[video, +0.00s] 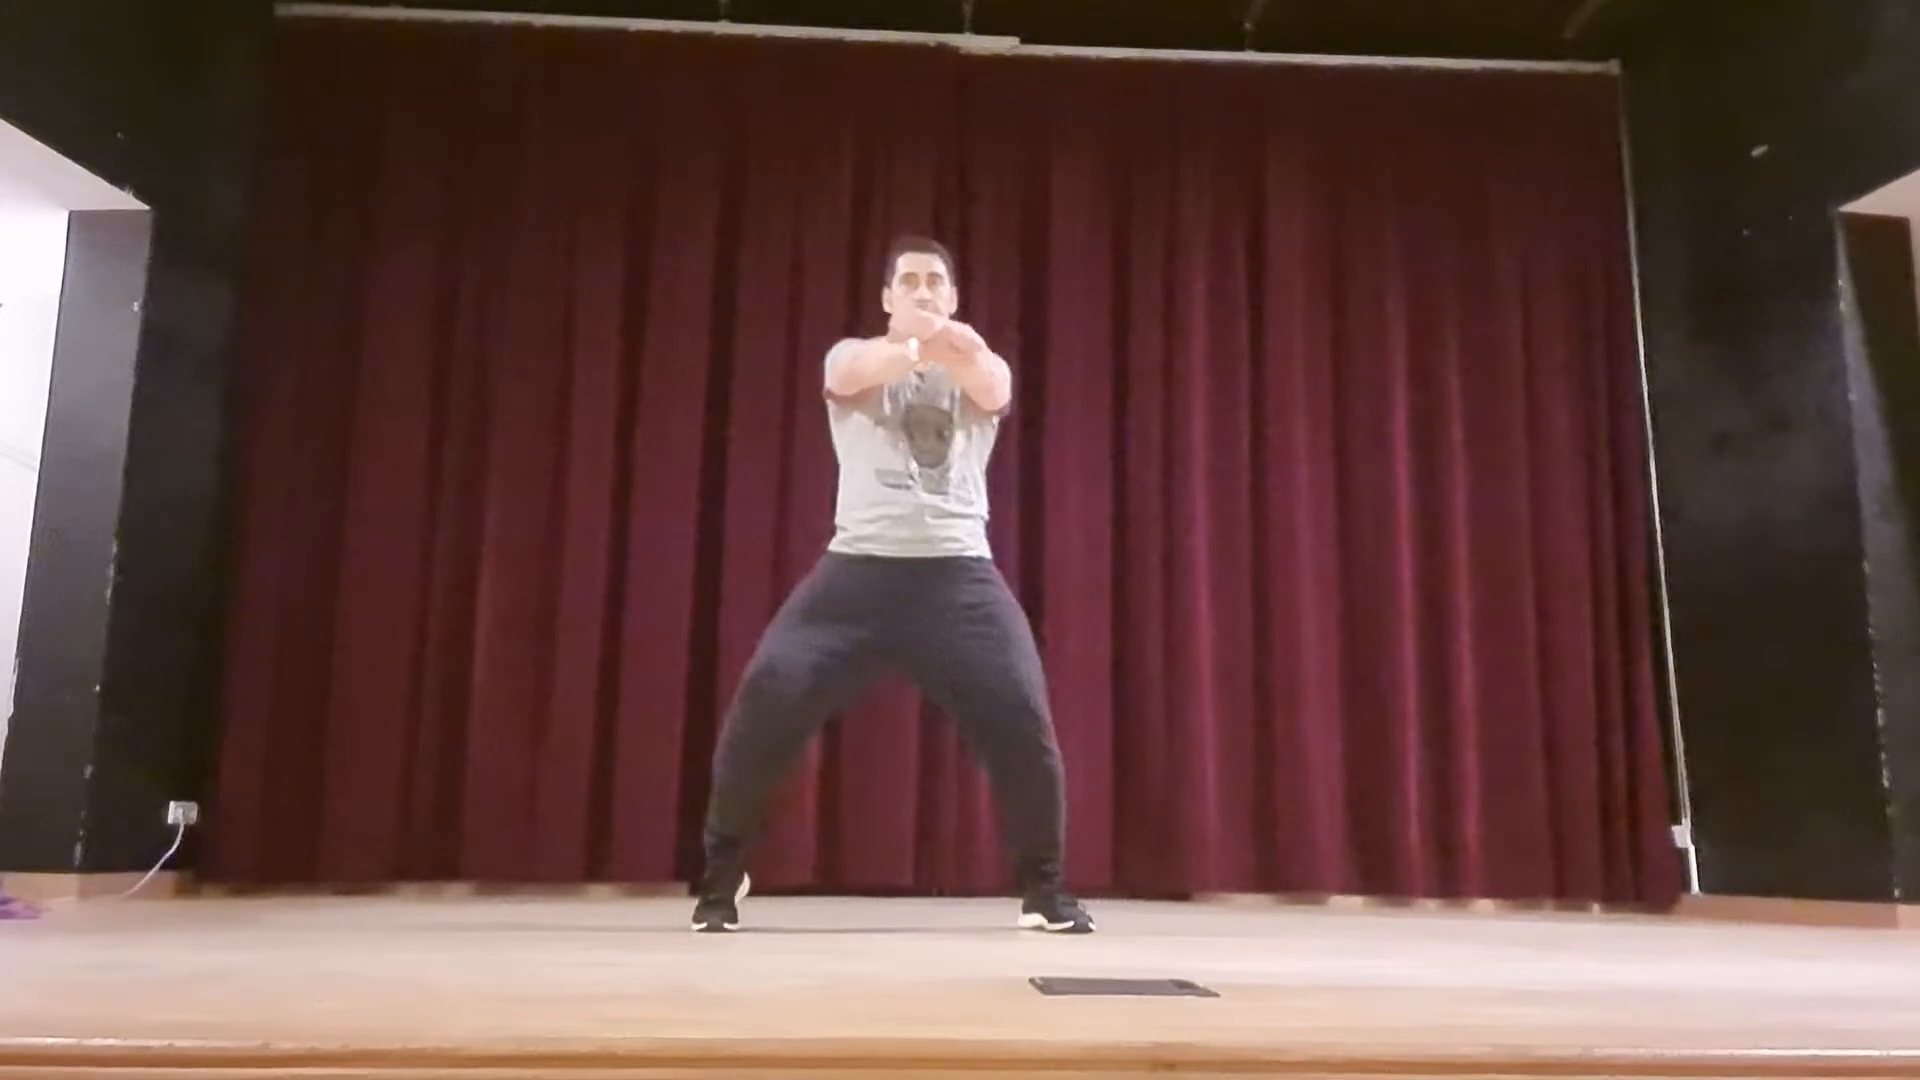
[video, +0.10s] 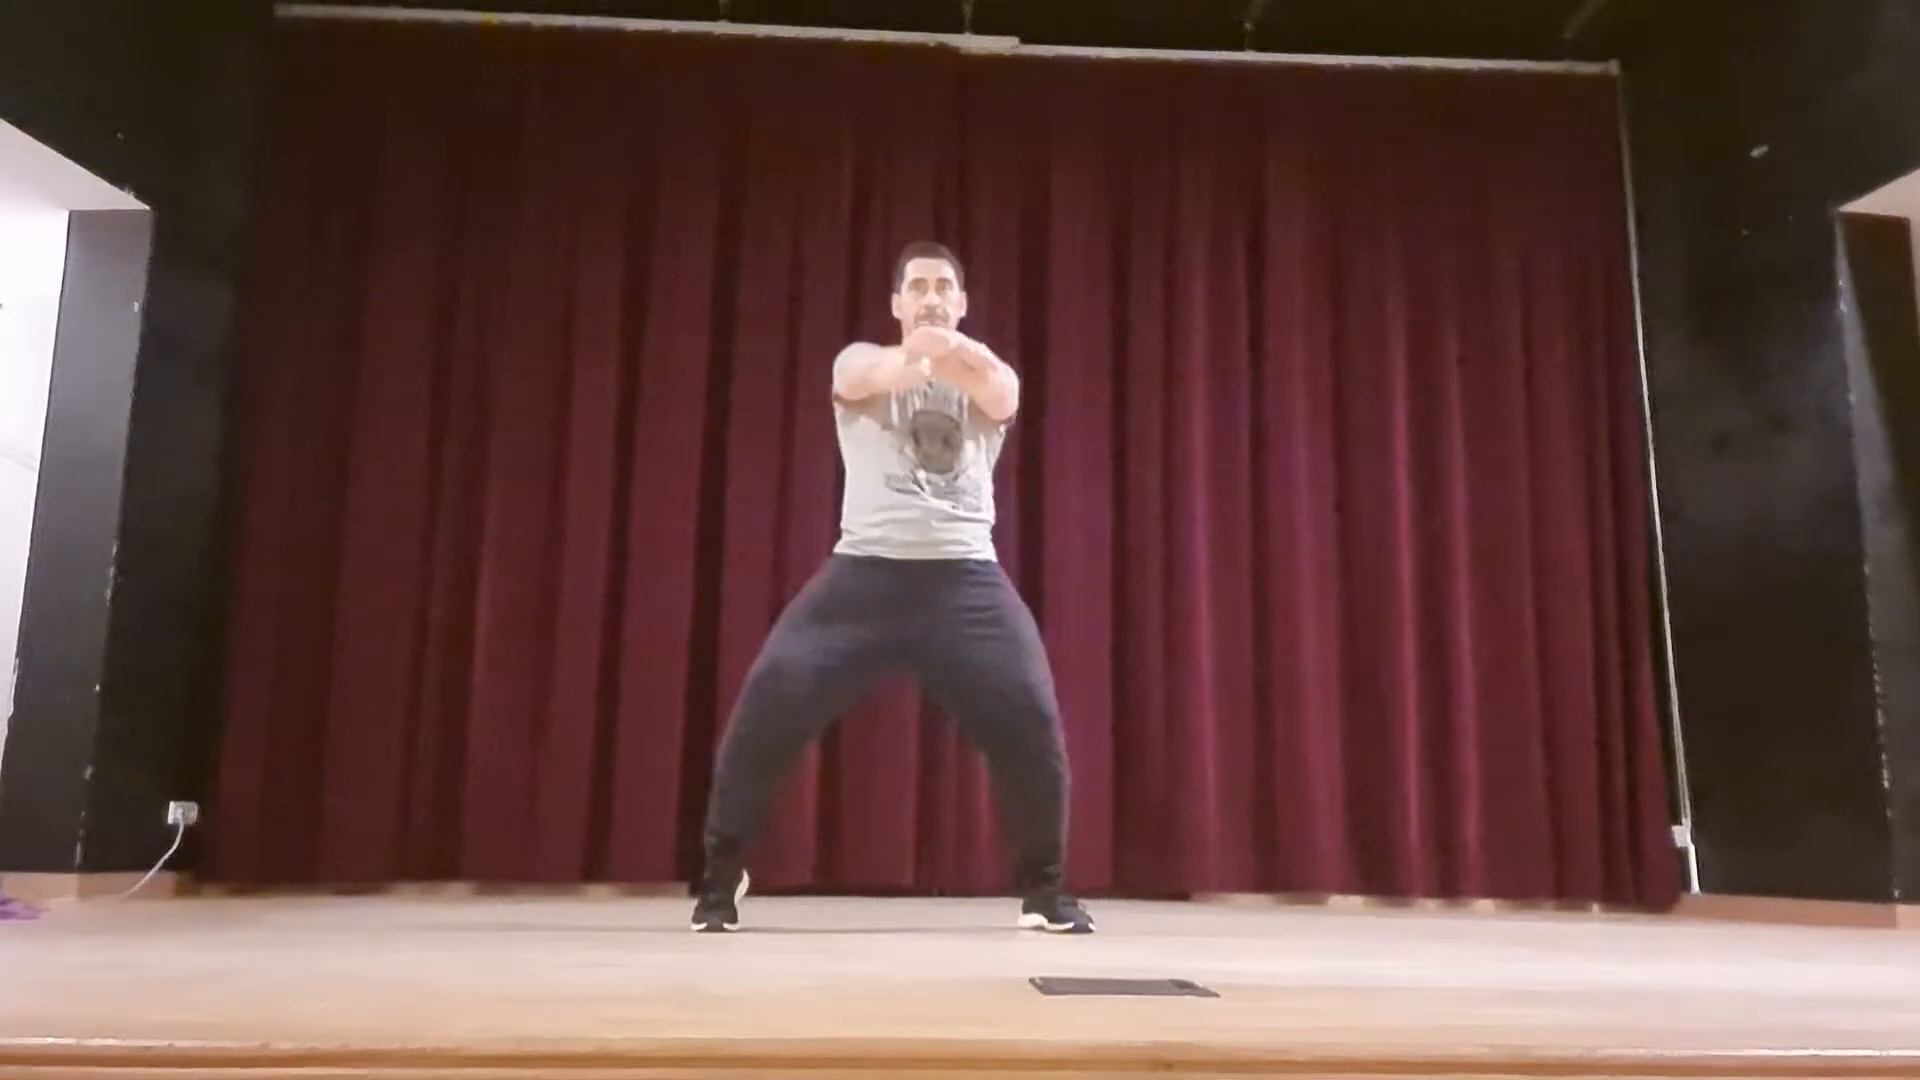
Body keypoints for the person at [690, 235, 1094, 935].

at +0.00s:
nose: (921, 291)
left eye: (932, 281)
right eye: (909, 282)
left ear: (954, 297)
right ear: (887, 298)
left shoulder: (980, 364)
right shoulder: (854, 356)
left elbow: (992, 394)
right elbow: (847, 378)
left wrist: (954, 344)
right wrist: (914, 344)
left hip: (960, 577)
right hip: (856, 572)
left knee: (1022, 718)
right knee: (771, 688)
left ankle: (1045, 888)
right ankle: (722, 867)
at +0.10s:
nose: (930, 297)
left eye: (942, 287)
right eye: (918, 287)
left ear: (964, 302)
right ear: (897, 302)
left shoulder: (988, 371)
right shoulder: (862, 360)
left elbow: (1000, 401)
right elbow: (854, 381)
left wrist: (962, 362)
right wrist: (911, 367)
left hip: (967, 579)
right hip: (862, 574)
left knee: (1030, 713)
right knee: (775, 689)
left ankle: (1045, 889)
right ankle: (721, 868)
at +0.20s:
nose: (935, 296)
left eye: (947, 286)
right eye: (923, 286)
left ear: (969, 300)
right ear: (903, 300)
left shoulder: (992, 365)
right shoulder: (868, 357)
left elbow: (1007, 400)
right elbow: (862, 381)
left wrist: (979, 366)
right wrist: (922, 363)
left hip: (969, 579)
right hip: (865, 574)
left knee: (1031, 709)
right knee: (778, 686)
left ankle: (1045, 887)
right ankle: (722, 867)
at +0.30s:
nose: (938, 294)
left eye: (950, 284)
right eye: (925, 285)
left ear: (971, 299)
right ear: (904, 300)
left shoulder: (994, 368)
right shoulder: (870, 356)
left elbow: (1007, 402)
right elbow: (864, 380)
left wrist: (989, 360)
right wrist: (934, 356)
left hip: (969, 577)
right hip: (865, 572)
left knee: (1031, 706)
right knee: (779, 684)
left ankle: (1045, 887)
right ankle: (724, 866)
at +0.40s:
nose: (932, 299)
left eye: (944, 289)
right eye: (920, 289)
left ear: (966, 305)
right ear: (899, 306)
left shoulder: (989, 370)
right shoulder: (864, 363)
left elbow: (1004, 404)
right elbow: (859, 387)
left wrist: (977, 369)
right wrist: (917, 375)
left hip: (969, 581)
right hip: (865, 577)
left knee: (1031, 710)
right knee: (777, 690)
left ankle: (1045, 888)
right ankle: (724, 870)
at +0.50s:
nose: (919, 299)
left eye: (930, 289)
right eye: (906, 290)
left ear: (953, 306)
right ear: (885, 308)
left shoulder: (977, 371)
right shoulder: (851, 365)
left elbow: (988, 392)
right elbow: (849, 387)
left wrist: (944, 343)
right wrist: (912, 369)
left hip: (960, 576)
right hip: (859, 575)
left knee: (1024, 713)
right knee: (780, 703)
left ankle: (1044, 889)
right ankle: (729, 885)